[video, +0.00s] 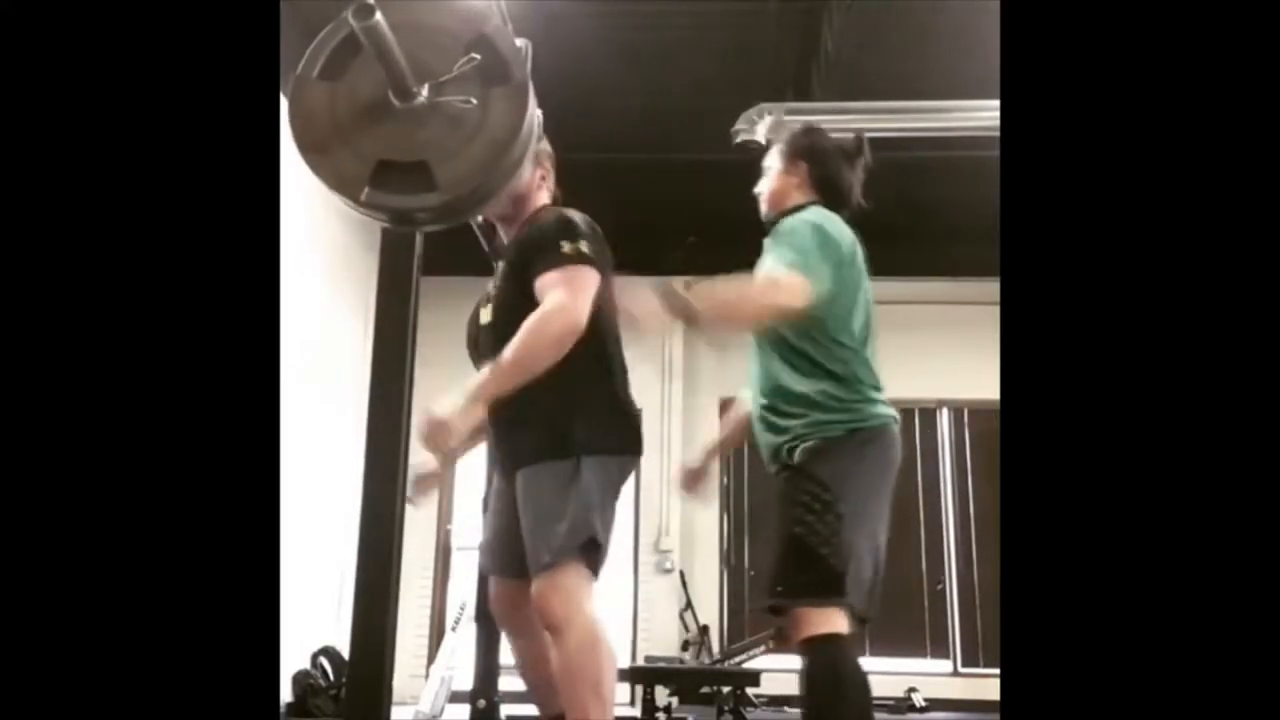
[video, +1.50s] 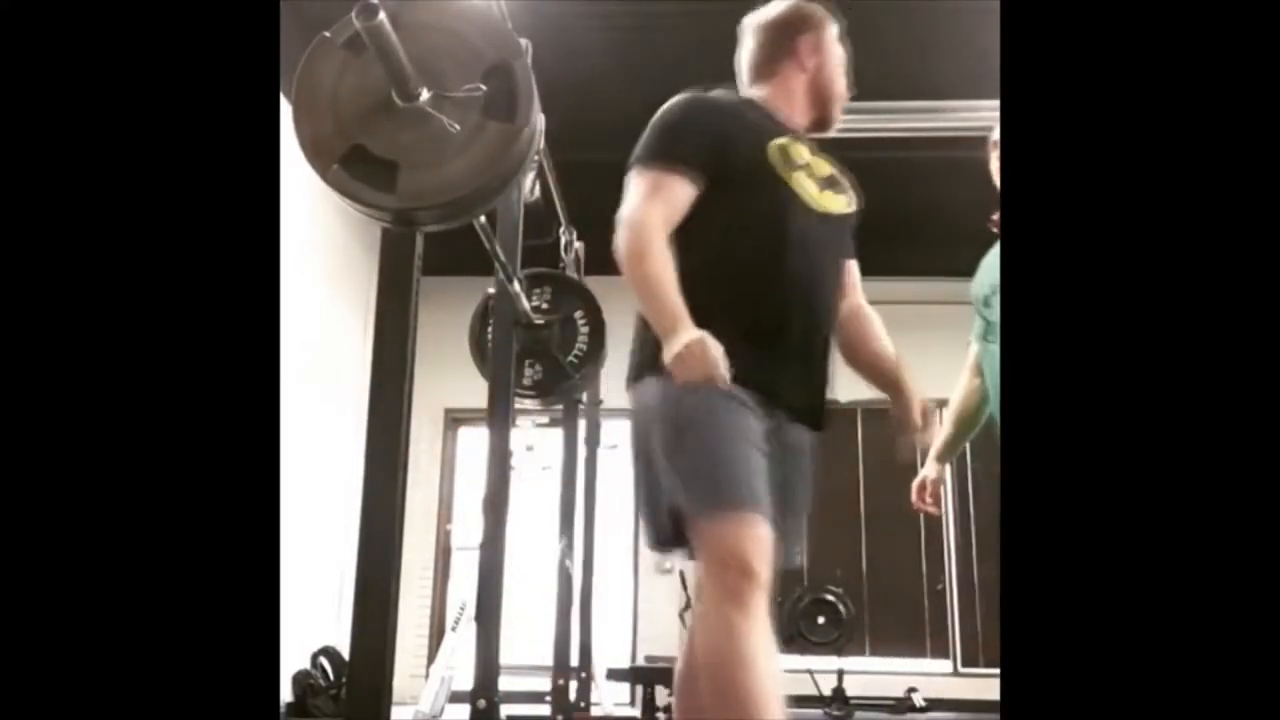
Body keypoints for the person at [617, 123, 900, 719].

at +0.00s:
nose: (759, 181)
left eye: (770, 169)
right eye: (763, 169)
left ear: (802, 175)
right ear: (809, 179)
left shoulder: (809, 228)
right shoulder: (802, 243)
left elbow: (786, 293)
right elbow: (779, 382)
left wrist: (680, 300)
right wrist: (712, 451)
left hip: (840, 440)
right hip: (822, 444)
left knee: (816, 613)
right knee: (808, 619)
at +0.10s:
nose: (768, 187)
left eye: (778, 174)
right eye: (770, 175)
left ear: (812, 179)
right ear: (810, 181)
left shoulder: (830, 230)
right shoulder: (805, 246)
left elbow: (831, 318)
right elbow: (795, 388)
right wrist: (762, 473)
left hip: (854, 436)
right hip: (828, 443)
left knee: (837, 606)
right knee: (832, 610)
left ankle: (854, 717)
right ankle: (851, 715)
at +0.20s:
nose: (775, 184)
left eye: (785, 172)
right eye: (777, 174)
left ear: (820, 176)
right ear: (813, 179)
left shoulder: (844, 230)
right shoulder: (810, 244)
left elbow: (856, 325)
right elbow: (805, 383)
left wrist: (817, 414)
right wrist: (784, 475)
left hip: (868, 430)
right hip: (839, 434)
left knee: (850, 598)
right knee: (836, 602)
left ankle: (868, 719)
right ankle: (863, 716)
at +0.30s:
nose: (787, 183)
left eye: (796, 171)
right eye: (789, 173)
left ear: (832, 173)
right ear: (828, 176)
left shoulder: (862, 228)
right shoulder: (823, 243)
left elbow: (883, 332)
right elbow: (830, 366)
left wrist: (875, 434)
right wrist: (816, 471)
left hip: (871, 435)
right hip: (836, 441)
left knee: (865, 592)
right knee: (842, 598)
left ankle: (913, 712)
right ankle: (869, 711)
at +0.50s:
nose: (821, 180)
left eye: (831, 167)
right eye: (822, 169)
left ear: (869, 168)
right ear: (861, 173)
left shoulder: (905, 225)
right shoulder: (857, 243)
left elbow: (921, 322)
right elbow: (856, 366)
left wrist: (892, 426)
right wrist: (837, 467)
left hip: (914, 439)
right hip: (864, 448)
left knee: (927, 610)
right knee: (869, 615)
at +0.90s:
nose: (907, 164)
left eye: (918, 147)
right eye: (907, 151)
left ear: (962, 145)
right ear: (951, 151)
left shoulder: (990, 204)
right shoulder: (943, 231)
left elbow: (1002, 313)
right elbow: (927, 369)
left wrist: (954, 400)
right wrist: (894, 458)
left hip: (984, 447)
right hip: (937, 455)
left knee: (993, 623)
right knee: (934, 623)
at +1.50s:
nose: (997, 154)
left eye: (997, 143)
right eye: (996, 144)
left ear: (996, 156)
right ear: (990, 157)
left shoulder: (989, 268)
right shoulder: (990, 269)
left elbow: (979, 367)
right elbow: (981, 367)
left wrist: (938, 457)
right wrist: (938, 455)